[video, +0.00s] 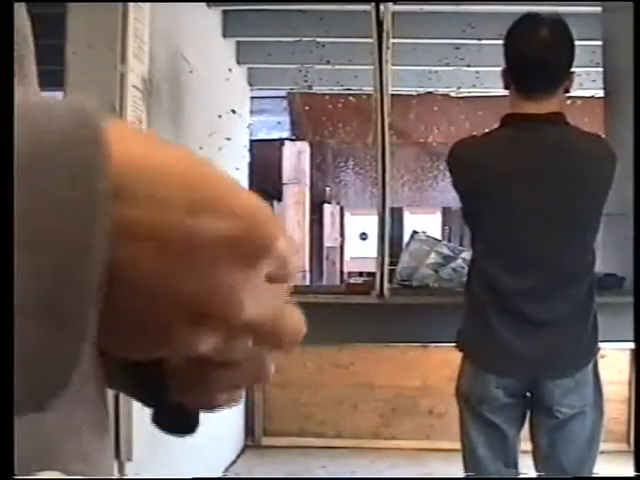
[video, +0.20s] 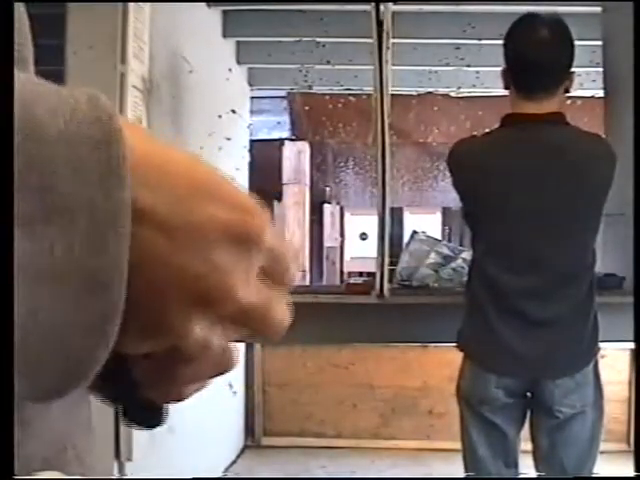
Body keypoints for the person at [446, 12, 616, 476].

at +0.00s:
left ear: (505, 79)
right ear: (569, 81)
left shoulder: (467, 157)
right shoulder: (599, 157)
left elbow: (487, 223)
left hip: (490, 357)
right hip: (568, 360)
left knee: (489, 472)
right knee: (568, 472)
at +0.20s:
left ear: (505, 79)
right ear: (569, 80)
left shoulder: (467, 158)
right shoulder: (599, 156)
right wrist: (549, 118)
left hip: (491, 357)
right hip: (568, 360)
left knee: (489, 472)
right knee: (568, 473)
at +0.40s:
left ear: (505, 79)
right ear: (569, 81)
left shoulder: (468, 157)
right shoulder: (599, 156)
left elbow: (489, 219)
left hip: (491, 357)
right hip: (568, 361)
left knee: (489, 472)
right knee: (568, 473)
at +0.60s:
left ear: (505, 79)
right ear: (569, 81)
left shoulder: (468, 157)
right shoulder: (599, 156)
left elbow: (488, 220)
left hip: (491, 357)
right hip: (568, 360)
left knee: (489, 472)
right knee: (568, 472)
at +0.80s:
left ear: (505, 80)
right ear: (569, 81)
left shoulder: (468, 157)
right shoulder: (599, 156)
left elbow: (486, 221)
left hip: (491, 356)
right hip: (569, 360)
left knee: (489, 472)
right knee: (568, 472)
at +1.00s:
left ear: (505, 80)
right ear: (569, 82)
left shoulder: (468, 158)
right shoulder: (599, 156)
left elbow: (485, 221)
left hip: (491, 357)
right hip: (569, 360)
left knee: (489, 472)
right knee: (568, 472)